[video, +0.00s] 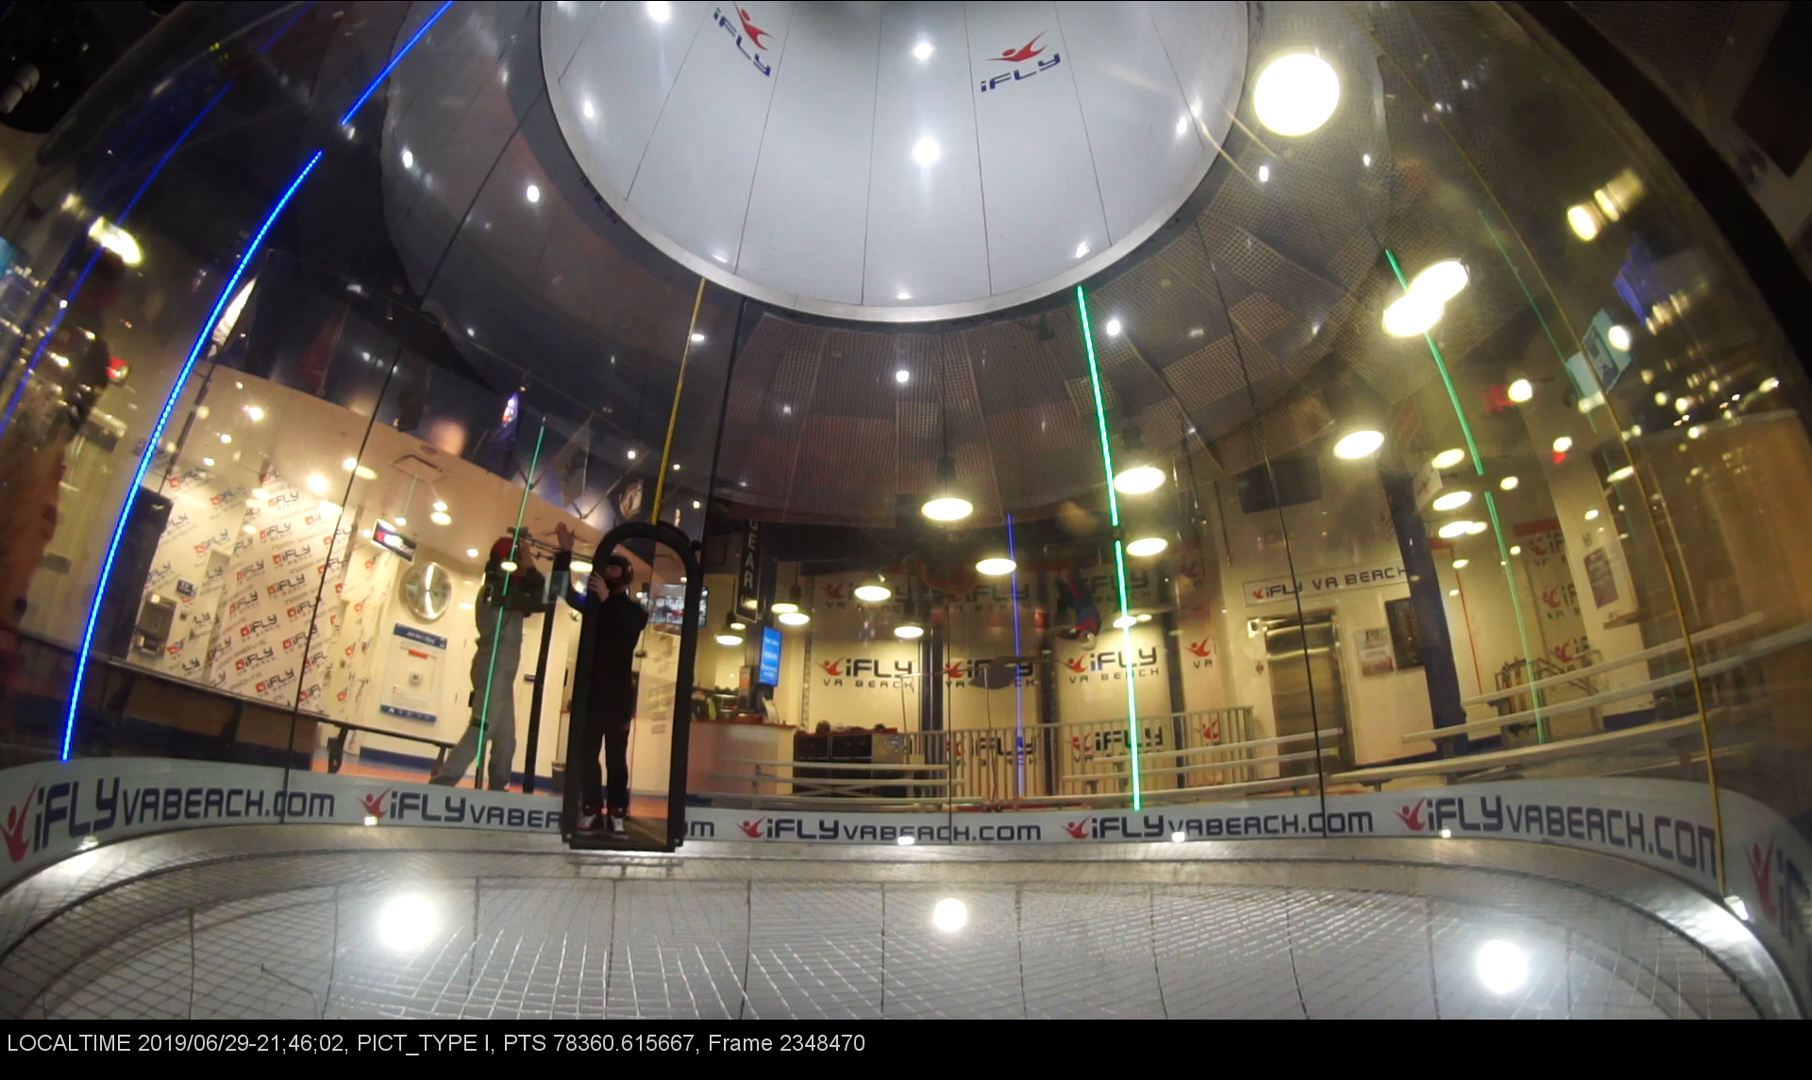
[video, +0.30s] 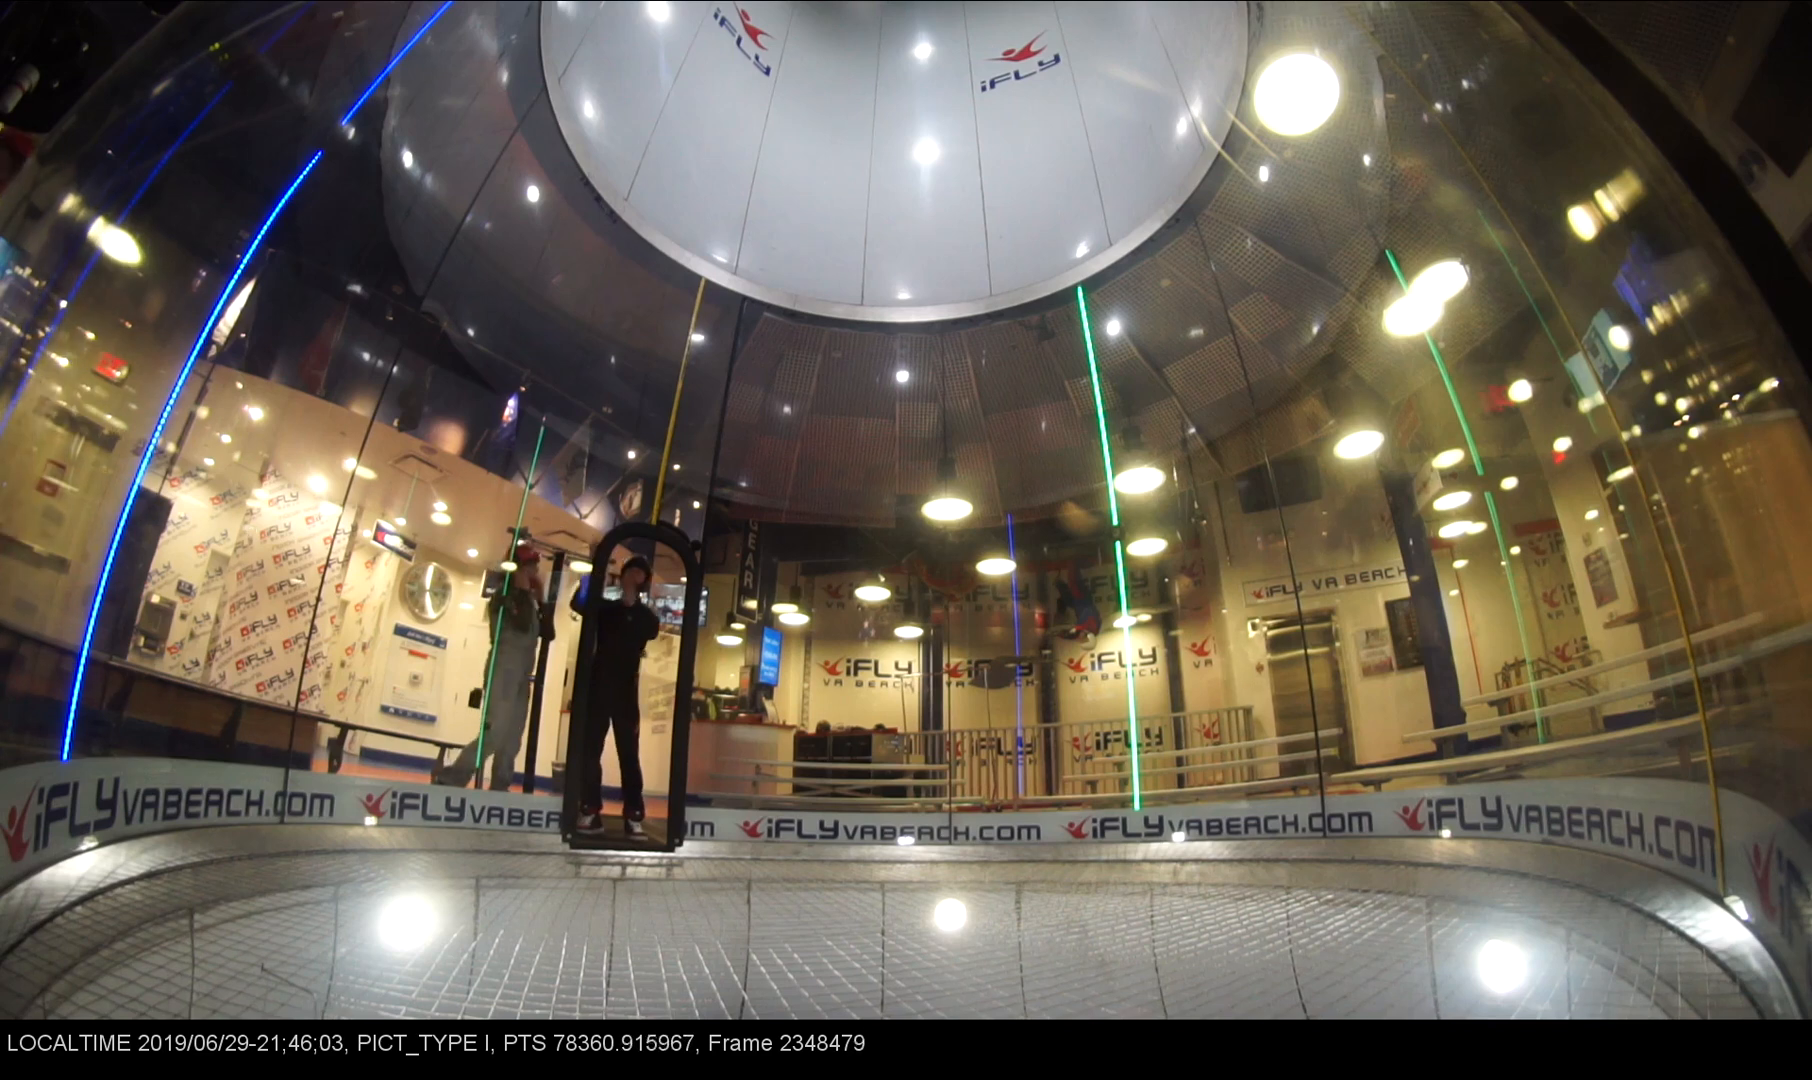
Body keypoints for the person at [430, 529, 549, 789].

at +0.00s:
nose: (530, 555)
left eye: (529, 550)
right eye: (525, 550)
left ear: (501, 559)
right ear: (510, 558)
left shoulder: (507, 590)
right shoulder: (497, 590)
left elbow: (540, 599)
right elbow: (534, 598)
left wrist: (530, 568)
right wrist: (528, 567)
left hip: (503, 670)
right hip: (491, 667)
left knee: (505, 737)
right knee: (481, 729)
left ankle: (497, 792)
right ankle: (442, 784)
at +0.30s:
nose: (535, 572)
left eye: (536, 566)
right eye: (530, 566)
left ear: (534, 569)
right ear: (518, 568)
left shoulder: (529, 600)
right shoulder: (502, 598)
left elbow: (547, 633)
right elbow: (522, 622)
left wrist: (541, 600)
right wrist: (524, 590)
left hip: (522, 675)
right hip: (502, 671)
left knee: (513, 735)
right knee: (497, 730)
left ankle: (500, 789)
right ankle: (451, 777)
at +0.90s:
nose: (519, 579)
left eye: (524, 575)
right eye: (516, 572)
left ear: (530, 581)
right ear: (507, 575)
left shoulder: (532, 611)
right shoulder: (493, 604)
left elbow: (539, 649)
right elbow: (484, 635)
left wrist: (534, 620)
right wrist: (499, 607)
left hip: (519, 671)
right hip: (492, 667)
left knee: (509, 728)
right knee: (489, 722)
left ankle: (499, 783)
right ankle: (481, 779)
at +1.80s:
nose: (538, 588)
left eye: (540, 583)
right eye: (533, 583)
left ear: (542, 587)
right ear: (519, 585)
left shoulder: (541, 618)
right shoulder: (504, 612)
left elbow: (553, 652)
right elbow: (483, 644)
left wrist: (544, 623)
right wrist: (513, 648)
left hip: (533, 693)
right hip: (505, 690)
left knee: (531, 748)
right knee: (496, 744)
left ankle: (534, 798)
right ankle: (483, 792)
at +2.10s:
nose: (550, 592)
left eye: (554, 587)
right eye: (545, 587)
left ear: (558, 591)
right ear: (534, 590)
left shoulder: (558, 621)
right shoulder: (524, 618)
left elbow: (573, 653)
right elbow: (503, 651)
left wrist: (563, 627)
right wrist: (531, 657)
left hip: (555, 683)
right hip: (530, 680)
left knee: (546, 738)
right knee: (523, 735)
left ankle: (538, 792)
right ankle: (493, 783)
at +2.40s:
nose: (557, 597)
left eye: (562, 592)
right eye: (553, 591)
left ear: (568, 596)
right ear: (545, 593)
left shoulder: (571, 624)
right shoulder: (533, 620)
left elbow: (580, 654)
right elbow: (512, 652)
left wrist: (572, 628)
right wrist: (533, 664)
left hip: (560, 682)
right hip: (536, 680)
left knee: (554, 737)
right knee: (540, 738)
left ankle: (540, 790)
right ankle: (536, 794)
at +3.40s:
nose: (572, 596)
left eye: (576, 592)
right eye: (569, 591)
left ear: (581, 597)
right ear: (559, 593)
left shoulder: (579, 627)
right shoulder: (546, 620)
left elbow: (589, 660)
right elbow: (519, 648)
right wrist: (534, 669)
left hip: (570, 685)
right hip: (546, 682)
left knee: (560, 739)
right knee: (549, 740)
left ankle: (541, 791)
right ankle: (544, 794)